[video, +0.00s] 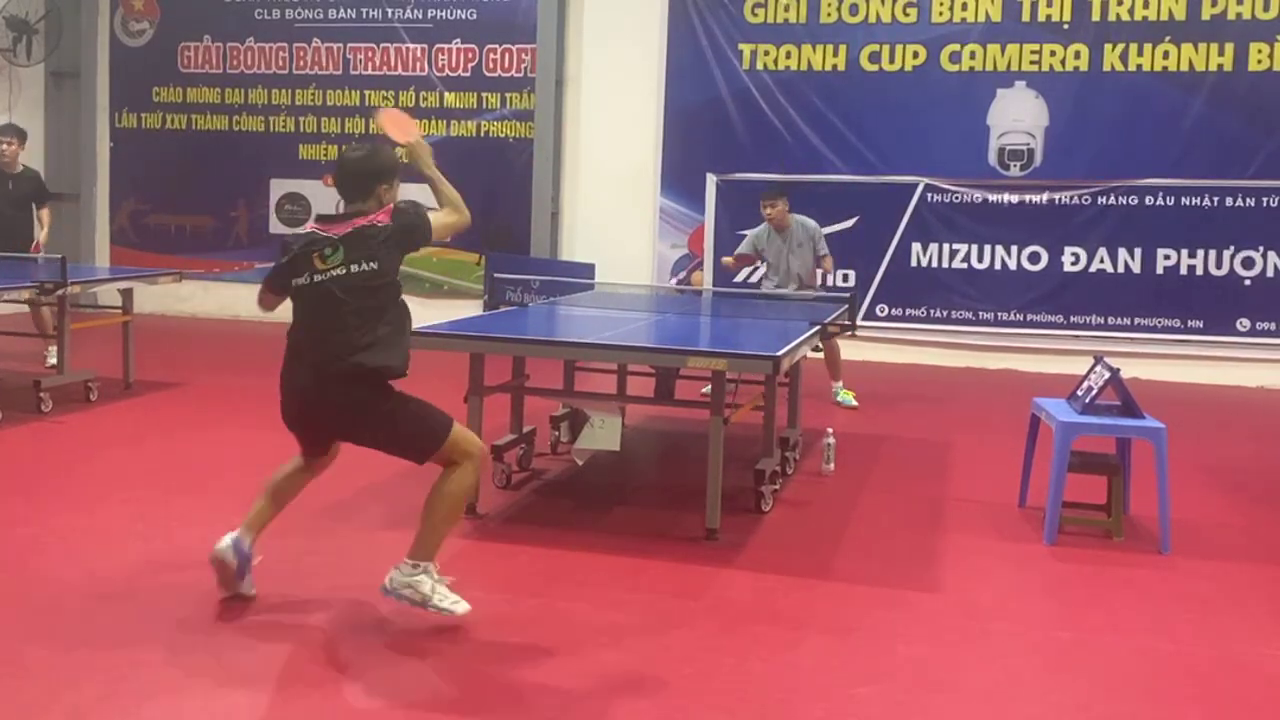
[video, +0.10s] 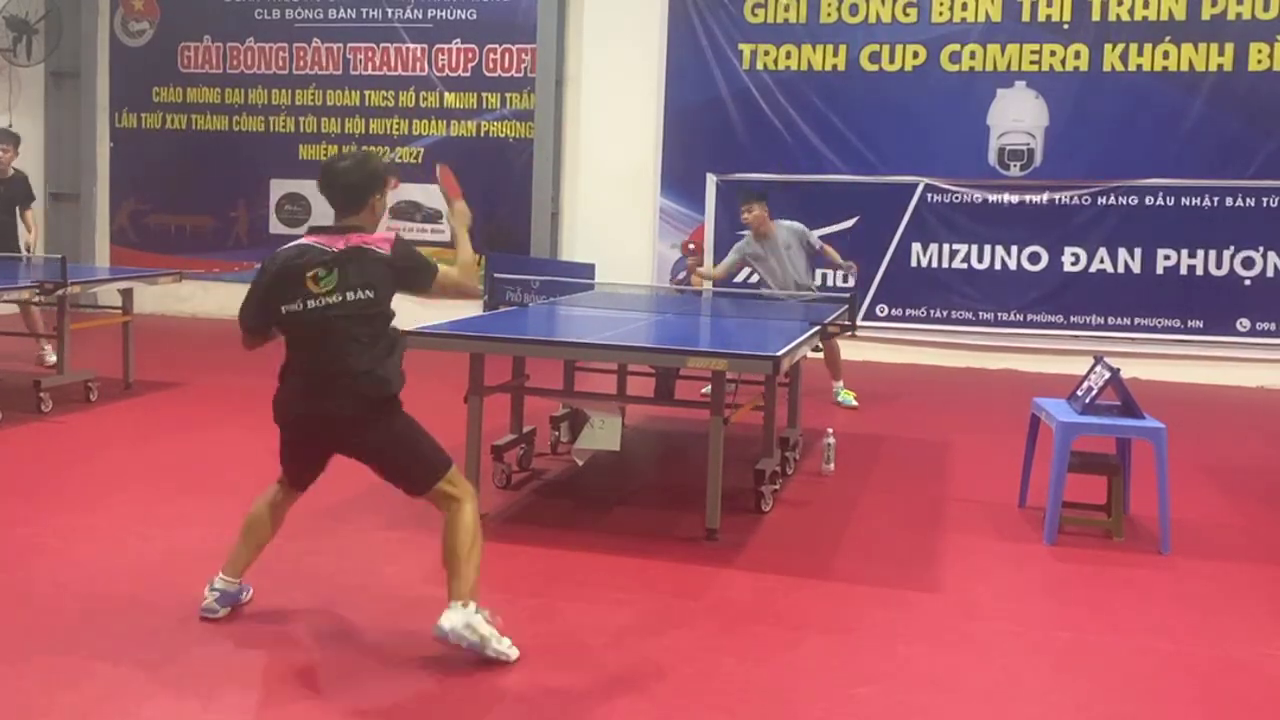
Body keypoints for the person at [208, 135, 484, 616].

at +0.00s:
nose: (397, 194)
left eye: (395, 185)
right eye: (393, 186)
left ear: (339, 190)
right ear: (383, 190)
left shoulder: (307, 243)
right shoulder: (393, 226)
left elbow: (266, 302)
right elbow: (459, 215)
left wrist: (310, 269)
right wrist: (427, 167)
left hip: (298, 395)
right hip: (357, 395)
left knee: (317, 455)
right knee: (469, 454)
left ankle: (241, 541)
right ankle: (416, 569)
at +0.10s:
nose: (388, 201)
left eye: (386, 192)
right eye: (386, 194)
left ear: (333, 200)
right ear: (374, 201)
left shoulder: (284, 261)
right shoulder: (387, 253)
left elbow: (252, 336)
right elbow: (466, 281)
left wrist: (300, 309)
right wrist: (461, 227)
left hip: (299, 411)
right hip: (368, 413)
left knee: (286, 487)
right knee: (459, 497)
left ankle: (223, 586)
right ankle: (462, 609)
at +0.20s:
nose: (399, 203)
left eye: (399, 195)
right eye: (399, 196)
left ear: (339, 193)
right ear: (392, 199)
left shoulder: (298, 252)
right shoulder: (397, 263)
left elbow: (259, 334)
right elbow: (458, 331)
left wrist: (313, 313)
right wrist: (477, 291)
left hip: (280, 399)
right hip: (349, 405)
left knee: (264, 473)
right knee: (439, 498)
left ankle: (214, 584)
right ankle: (460, 632)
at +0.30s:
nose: (413, 205)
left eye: (410, 196)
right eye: (413, 197)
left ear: (356, 196)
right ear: (405, 204)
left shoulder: (308, 243)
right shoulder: (399, 269)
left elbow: (286, 311)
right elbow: (433, 361)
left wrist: (360, 331)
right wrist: (471, 355)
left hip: (249, 387)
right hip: (315, 397)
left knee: (255, 479)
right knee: (406, 499)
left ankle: (162, 581)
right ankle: (423, 636)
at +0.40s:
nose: (404, 223)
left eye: (404, 214)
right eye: (404, 215)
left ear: (345, 218)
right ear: (396, 223)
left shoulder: (305, 262)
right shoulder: (387, 297)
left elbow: (307, 342)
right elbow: (400, 385)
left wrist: (398, 386)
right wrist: (425, 398)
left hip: (237, 406)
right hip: (298, 417)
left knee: (231, 510)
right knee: (394, 522)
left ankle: (119, 599)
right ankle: (398, 669)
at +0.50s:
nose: (358, 227)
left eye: (357, 218)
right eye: (356, 219)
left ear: (298, 221)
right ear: (346, 227)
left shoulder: (260, 270)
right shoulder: (347, 294)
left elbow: (253, 347)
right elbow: (379, 390)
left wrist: (334, 380)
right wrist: (348, 392)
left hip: (215, 417)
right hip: (291, 428)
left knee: (185, 513)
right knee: (380, 529)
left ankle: (100, 619)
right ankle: (397, 669)